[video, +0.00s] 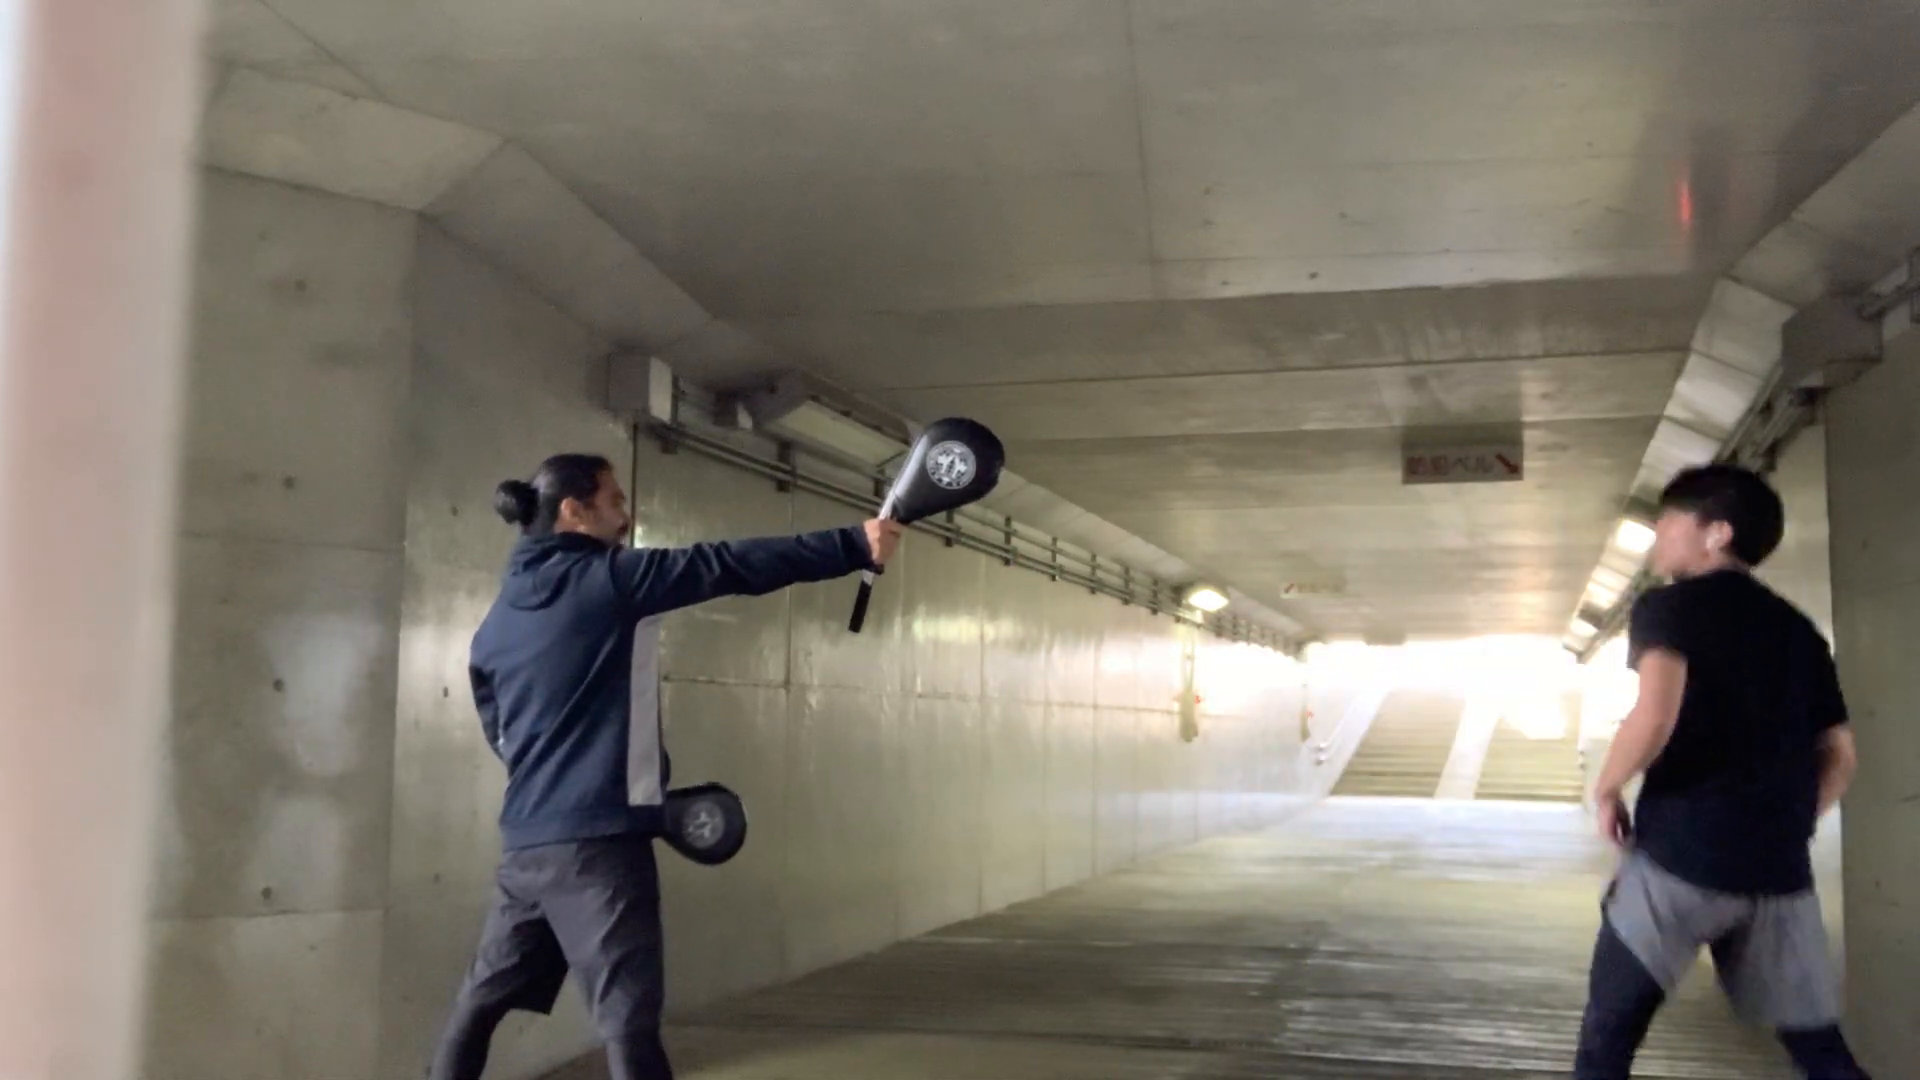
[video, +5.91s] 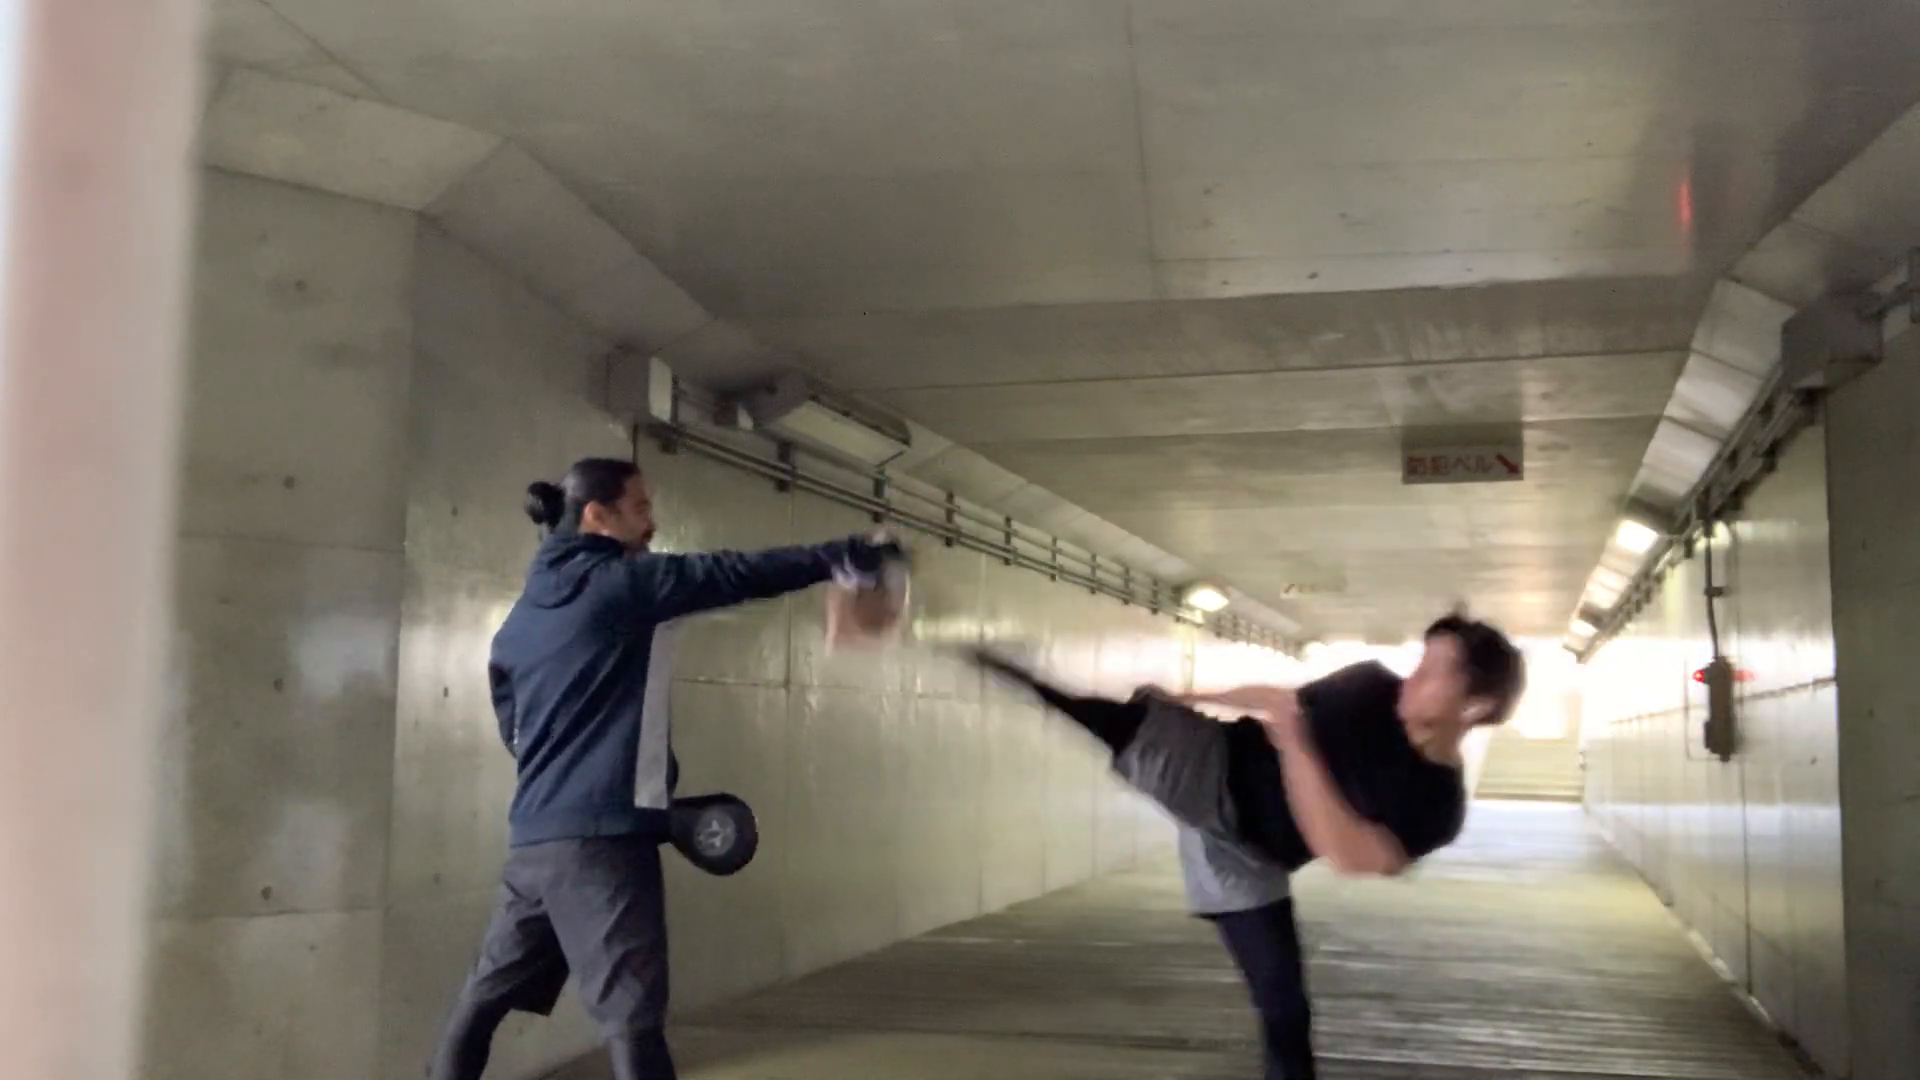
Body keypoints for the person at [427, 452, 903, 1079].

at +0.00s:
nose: (628, 516)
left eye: (624, 502)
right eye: (616, 502)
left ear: (561, 515)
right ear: (572, 511)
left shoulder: (493, 629)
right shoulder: (606, 577)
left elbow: (511, 740)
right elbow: (726, 565)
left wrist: (631, 784)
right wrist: (854, 544)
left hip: (527, 841)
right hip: (595, 839)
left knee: (477, 1007)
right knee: (628, 1026)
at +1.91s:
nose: (627, 516)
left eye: (623, 503)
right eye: (614, 504)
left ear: (560, 516)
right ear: (568, 512)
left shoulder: (494, 629)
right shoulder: (607, 575)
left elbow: (511, 740)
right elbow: (720, 570)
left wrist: (624, 783)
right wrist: (841, 552)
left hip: (529, 839)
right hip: (597, 836)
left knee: (478, 1006)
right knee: (629, 1027)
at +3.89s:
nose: (635, 511)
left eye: (631, 497)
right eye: (623, 498)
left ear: (569, 514)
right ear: (581, 510)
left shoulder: (503, 625)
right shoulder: (618, 577)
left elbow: (509, 739)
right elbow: (737, 568)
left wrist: (616, 789)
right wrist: (862, 541)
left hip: (528, 835)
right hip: (592, 833)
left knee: (475, 1003)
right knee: (626, 1025)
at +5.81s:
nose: (654, 521)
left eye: (651, 507)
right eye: (643, 507)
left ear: (593, 515)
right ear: (599, 513)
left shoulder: (517, 624)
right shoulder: (633, 576)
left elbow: (521, 738)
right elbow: (749, 573)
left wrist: (628, 787)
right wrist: (876, 556)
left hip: (535, 836)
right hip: (599, 834)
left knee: (478, 1007)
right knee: (632, 1026)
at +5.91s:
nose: (652, 522)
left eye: (650, 507)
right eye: (641, 508)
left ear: (590, 518)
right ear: (597, 515)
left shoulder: (515, 625)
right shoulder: (622, 580)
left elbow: (523, 739)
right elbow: (734, 575)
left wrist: (638, 792)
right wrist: (844, 555)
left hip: (534, 838)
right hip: (599, 836)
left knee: (480, 1003)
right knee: (633, 1023)